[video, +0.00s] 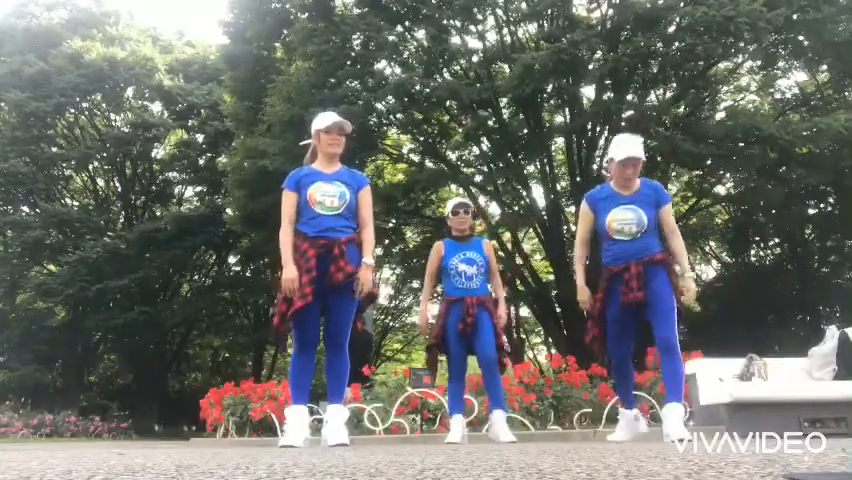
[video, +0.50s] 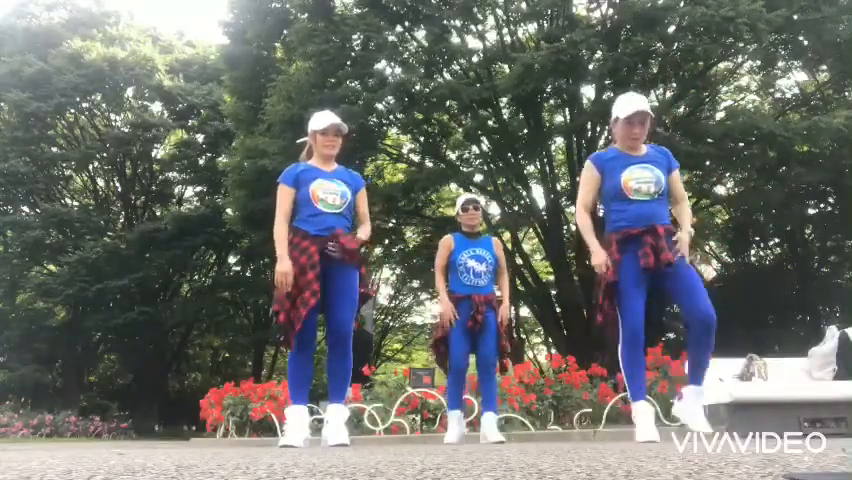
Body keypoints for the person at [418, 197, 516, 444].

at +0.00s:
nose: (461, 218)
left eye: (466, 214)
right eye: (456, 214)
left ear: (472, 218)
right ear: (448, 219)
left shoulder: (485, 246)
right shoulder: (441, 247)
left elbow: (496, 279)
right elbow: (430, 281)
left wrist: (501, 305)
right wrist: (423, 309)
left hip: (483, 306)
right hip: (454, 307)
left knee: (489, 358)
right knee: (456, 365)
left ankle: (498, 419)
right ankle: (456, 422)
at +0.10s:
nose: (461, 217)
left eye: (466, 213)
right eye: (456, 213)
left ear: (472, 217)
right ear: (448, 218)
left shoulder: (485, 245)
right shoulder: (441, 246)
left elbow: (493, 278)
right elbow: (429, 280)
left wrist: (497, 303)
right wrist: (424, 309)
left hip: (482, 306)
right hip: (454, 307)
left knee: (489, 359)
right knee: (456, 365)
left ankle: (494, 417)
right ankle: (457, 420)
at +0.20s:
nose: (464, 216)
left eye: (468, 212)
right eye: (459, 213)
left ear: (474, 216)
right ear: (451, 218)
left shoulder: (488, 245)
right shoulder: (443, 245)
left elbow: (496, 278)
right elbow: (433, 278)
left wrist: (500, 304)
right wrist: (430, 303)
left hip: (483, 306)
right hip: (455, 306)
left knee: (485, 363)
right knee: (457, 366)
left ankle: (488, 422)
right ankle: (457, 423)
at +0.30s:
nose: (467, 214)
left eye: (471, 210)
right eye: (462, 211)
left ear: (478, 214)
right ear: (454, 216)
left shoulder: (490, 243)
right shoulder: (446, 243)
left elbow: (500, 276)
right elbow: (436, 275)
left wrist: (503, 303)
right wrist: (439, 301)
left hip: (486, 305)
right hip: (457, 305)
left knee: (486, 364)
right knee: (458, 365)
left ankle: (489, 422)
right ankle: (456, 423)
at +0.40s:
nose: (470, 214)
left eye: (474, 209)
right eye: (464, 210)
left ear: (480, 214)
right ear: (457, 216)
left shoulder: (492, 243)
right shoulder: (448, 242)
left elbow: (502, 276)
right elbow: (438, 274)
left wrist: (505, 303)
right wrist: (444, 302)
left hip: (488, 305)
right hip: (459, 305)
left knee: (487, 364)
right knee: (459, 365)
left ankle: (489, 423)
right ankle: (456, 424)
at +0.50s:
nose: (471, 213)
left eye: (475, 209)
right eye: (466, 210)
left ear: (481, 213)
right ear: (458, 215)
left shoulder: (494, 243)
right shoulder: (449, 241)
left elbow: (503, 274)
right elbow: (439, 272)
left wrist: (505, 302)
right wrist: (444, 301)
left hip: (489, 305)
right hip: (460, 305)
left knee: (488, 363)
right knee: (458, 363)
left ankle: (489, 422)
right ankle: (455, 422)